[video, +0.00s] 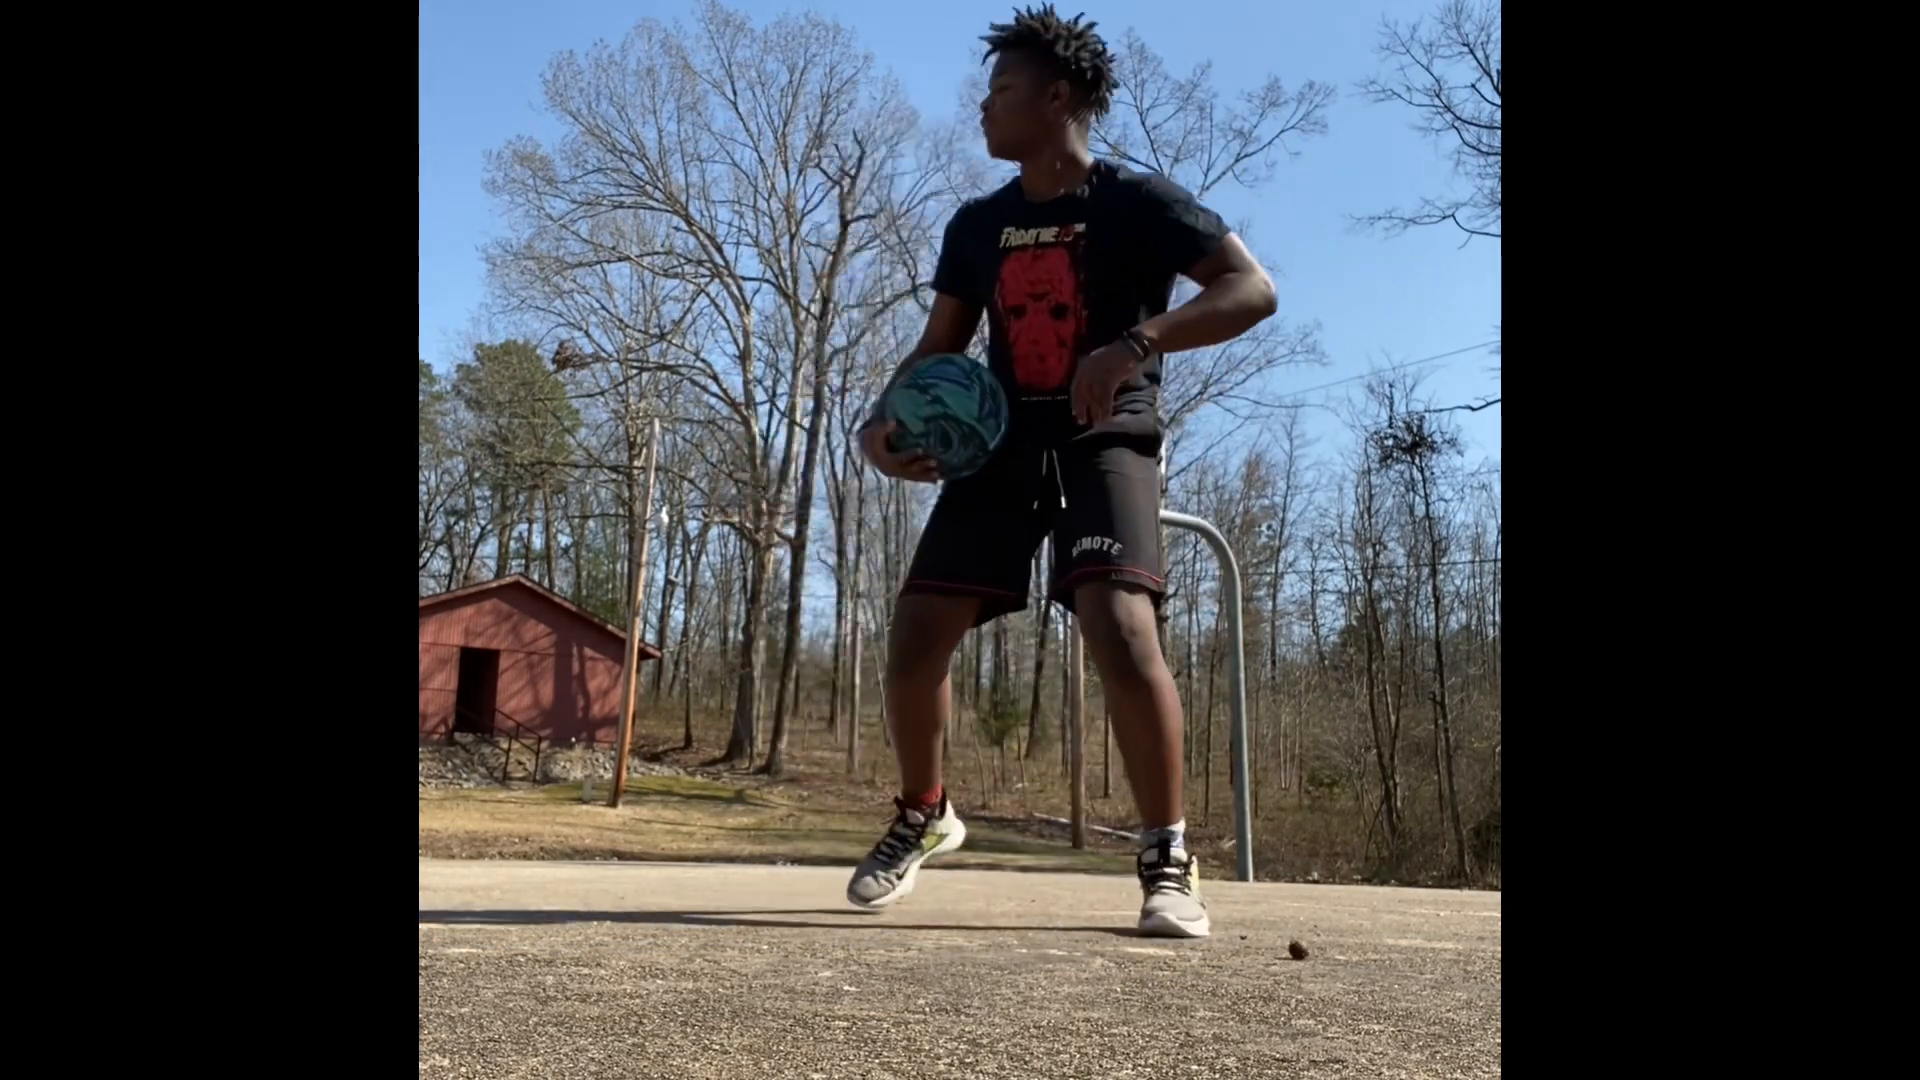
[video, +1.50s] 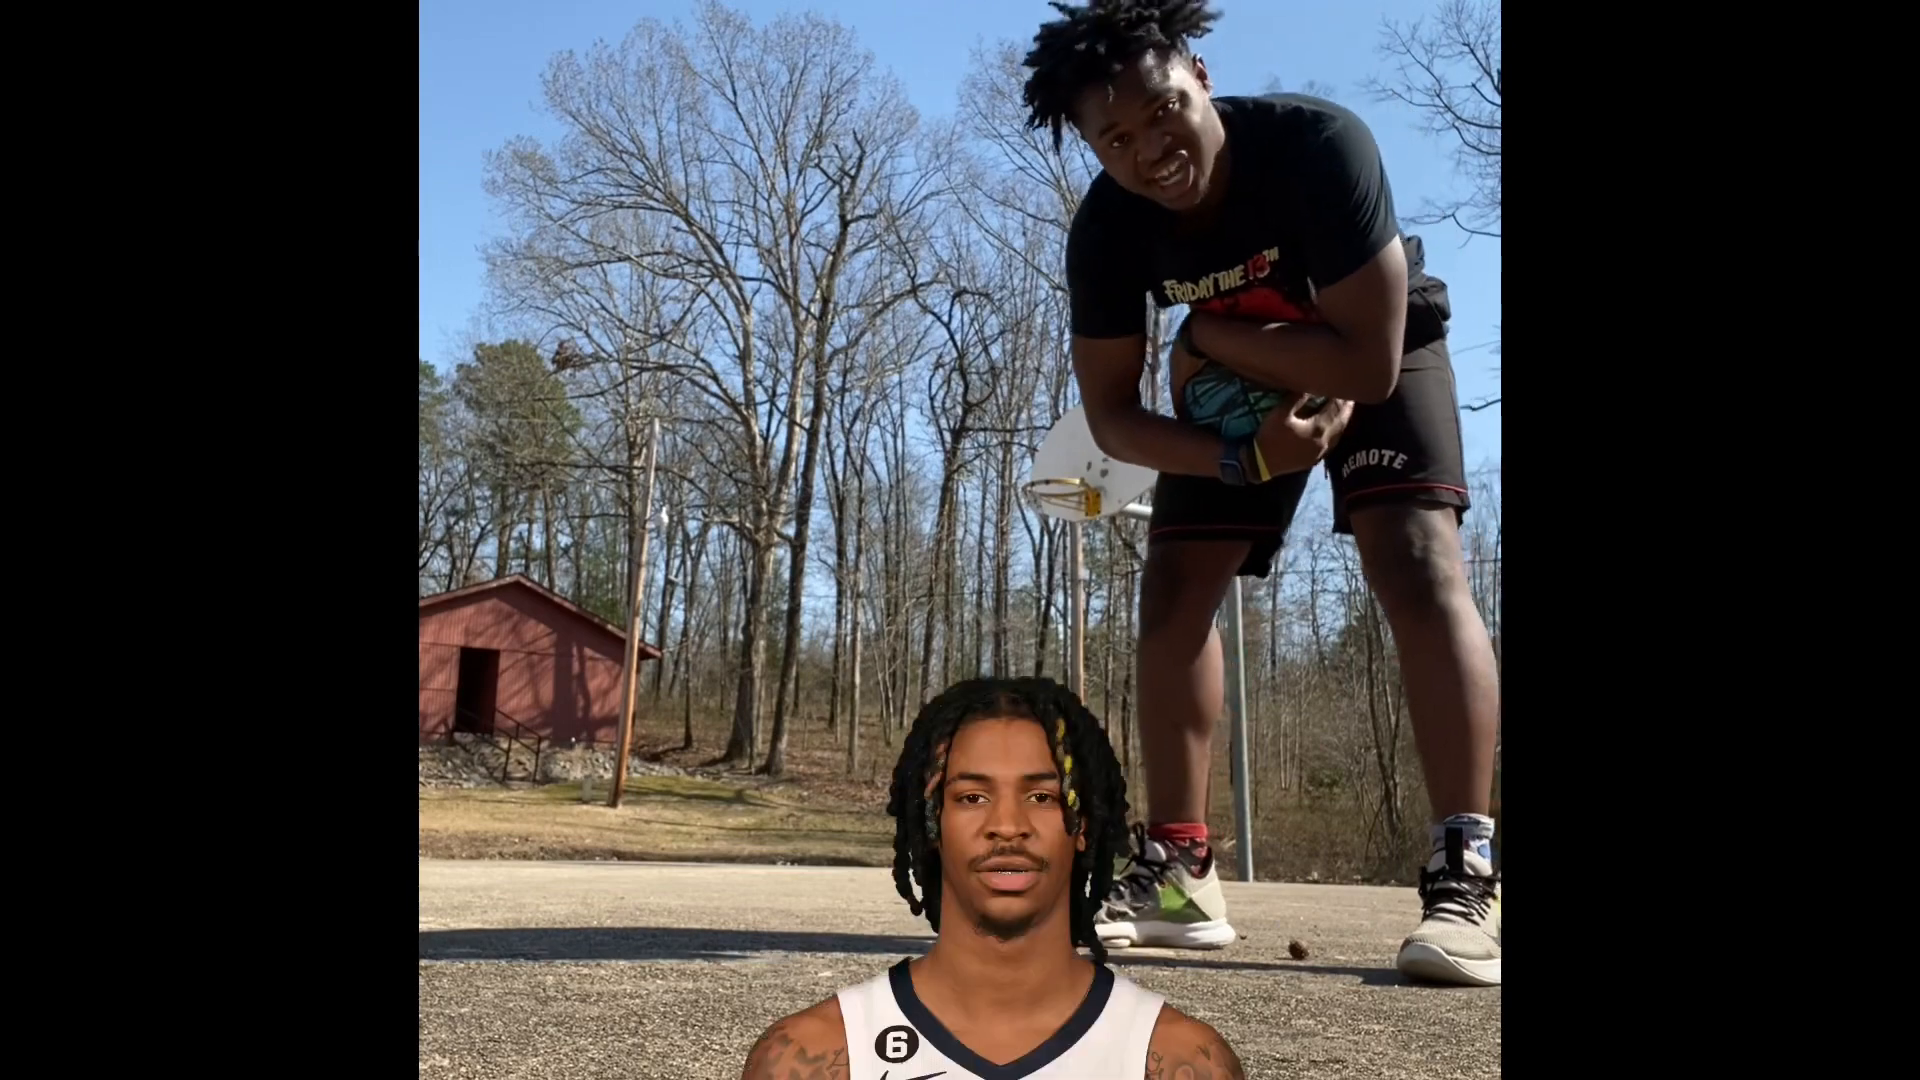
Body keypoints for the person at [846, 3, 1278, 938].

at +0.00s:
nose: (985, 103)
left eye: (1002, 87)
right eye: (988, 87)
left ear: (1061, 99)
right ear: (1032, 102)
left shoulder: (1139, 201)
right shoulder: (979, 224)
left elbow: (1251, 289)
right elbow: (938, 346)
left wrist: (1138, 343)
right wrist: (884, 423)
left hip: (1107, 440)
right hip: (999, 445)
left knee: (1118, 622)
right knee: (918, 630)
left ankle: (1167, 862)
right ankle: (924, 819)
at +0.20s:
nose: (1096, 63)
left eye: (1116, 48)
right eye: (1078, 45)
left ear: (1145, 65)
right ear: (1049, 56)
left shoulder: (1185, 161)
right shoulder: (1001, 181)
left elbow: (1310, 247)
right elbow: (955, 317)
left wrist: (1178, 252)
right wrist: (997, 392)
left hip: (1162, 402)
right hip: (1048, 405)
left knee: (1178, 614)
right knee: (1023, 578)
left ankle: (1170, 866)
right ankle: (1069, 844)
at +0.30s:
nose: (1121, 77)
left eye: (1138, 58)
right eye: (1100, 58)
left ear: (1162, 67)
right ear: (1061, 65)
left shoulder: (1208, 169)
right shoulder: (1015, 196)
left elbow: (1303, 286)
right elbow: (982, 355)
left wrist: (1160, 267)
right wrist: (1082, 407)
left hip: (1191, 405)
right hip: (1070, 408)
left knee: (1198, 620)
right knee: (1089, 592)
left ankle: (1175, 857)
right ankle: (1142, 846)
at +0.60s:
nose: (1149, 94)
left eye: (1163, 65)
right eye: (1118, 80)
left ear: (1193, 54)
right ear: (1084, 88)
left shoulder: (1269, 152)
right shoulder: (1057, 194)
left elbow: (1347, 322)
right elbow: (1029, 374)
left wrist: (1174, 302)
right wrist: (1149, 458)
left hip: (1256, 380)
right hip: (1119, 397)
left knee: (1317, 563)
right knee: (1117, 593)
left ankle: (1284, 812)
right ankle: (1169, 867)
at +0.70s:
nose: (1176, 102)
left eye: (1192, 73)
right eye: (1145, 87)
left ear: (1225, 53)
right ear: (1109, 90)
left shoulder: (1299, 151)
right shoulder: (1078, 194)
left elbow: (1343, 347)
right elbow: (1045, 379)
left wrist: (1172, 310)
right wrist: (1164, 460)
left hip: (1281, 372)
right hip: (1141, 389)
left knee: (1335, 559)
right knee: (1135, 599)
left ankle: (1405, 856)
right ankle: (1174, 876)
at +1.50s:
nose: (1152, 146)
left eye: (1161, 109)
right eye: (1116, 135)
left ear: (1200, 78)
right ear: (1091, 147)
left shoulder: (1319, 148)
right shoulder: (1104, 231)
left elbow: (1370, 369)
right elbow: (1112, 420)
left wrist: (1200, 334)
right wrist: (1247, 460)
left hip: (1374, 346)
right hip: (1229, 371)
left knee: (1416, 570)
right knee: (1173, 596)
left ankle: (1467, 879)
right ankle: (1178, 873)